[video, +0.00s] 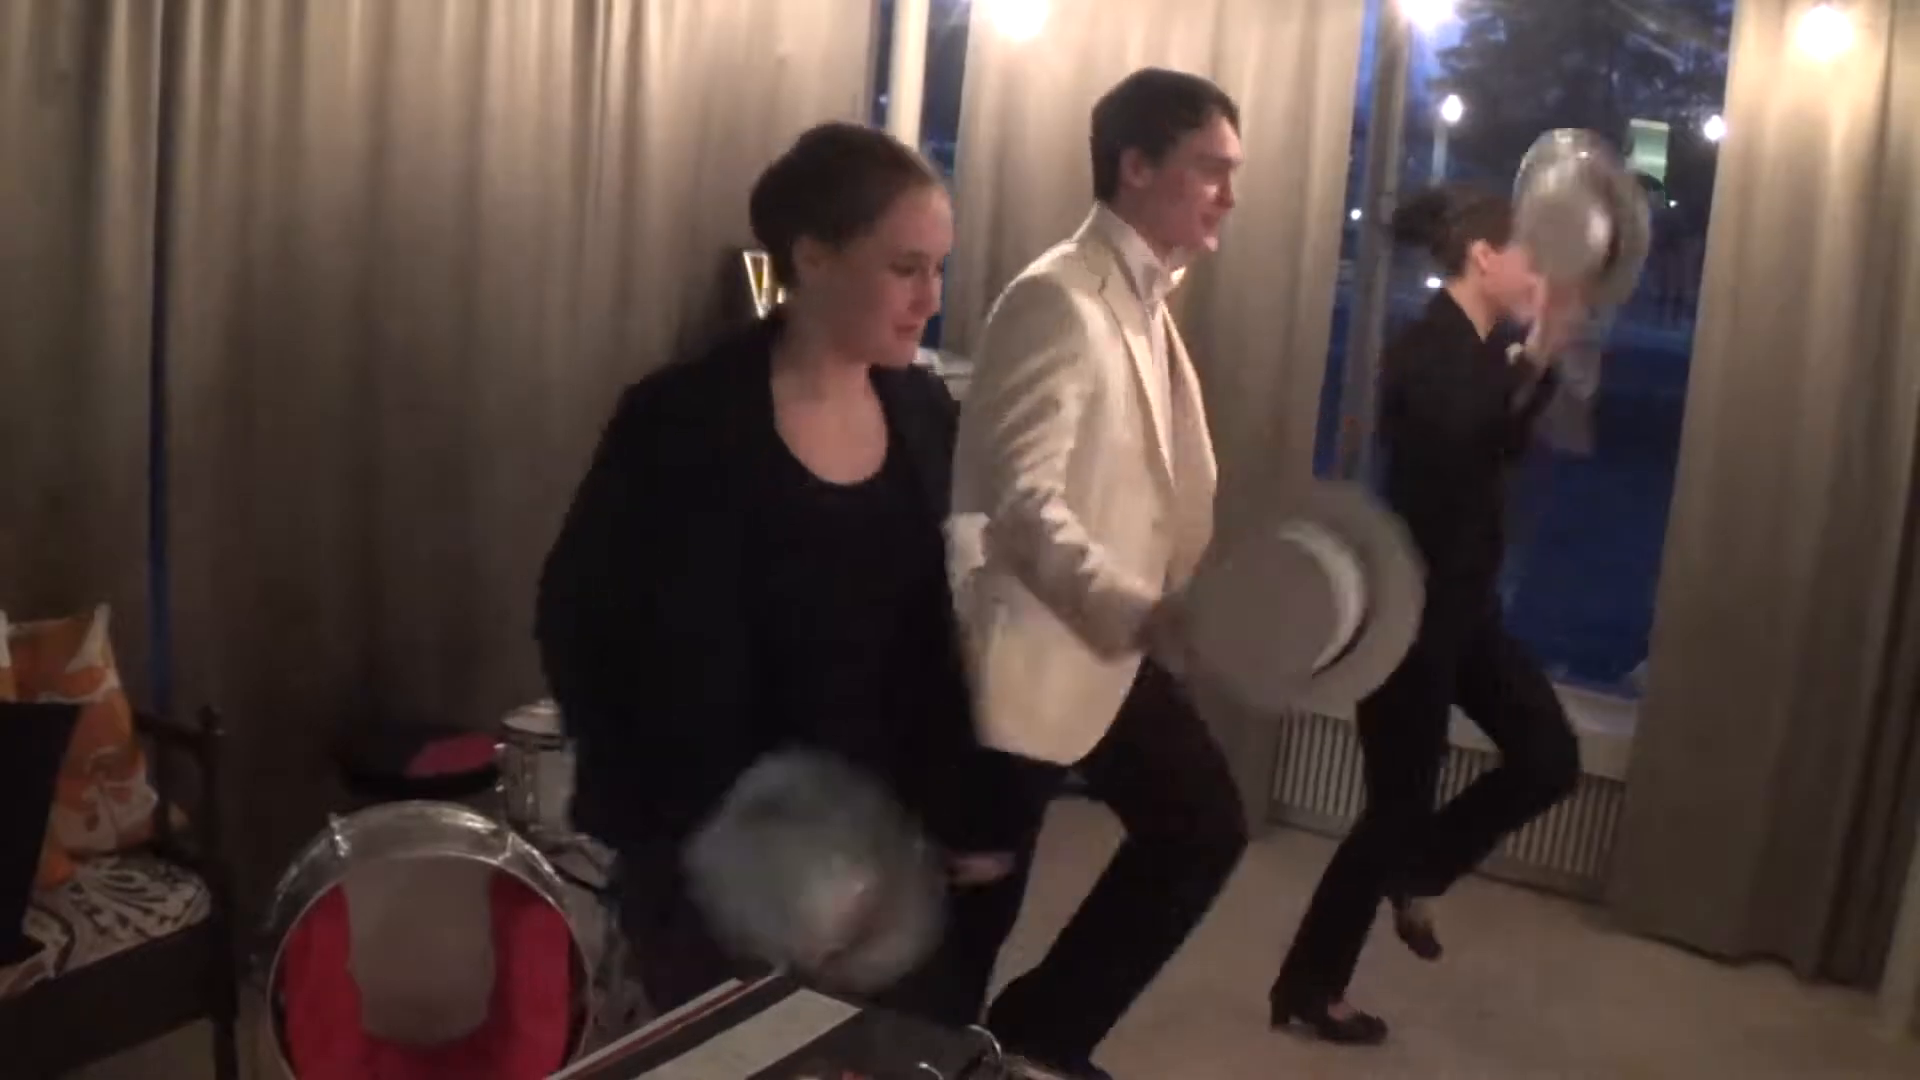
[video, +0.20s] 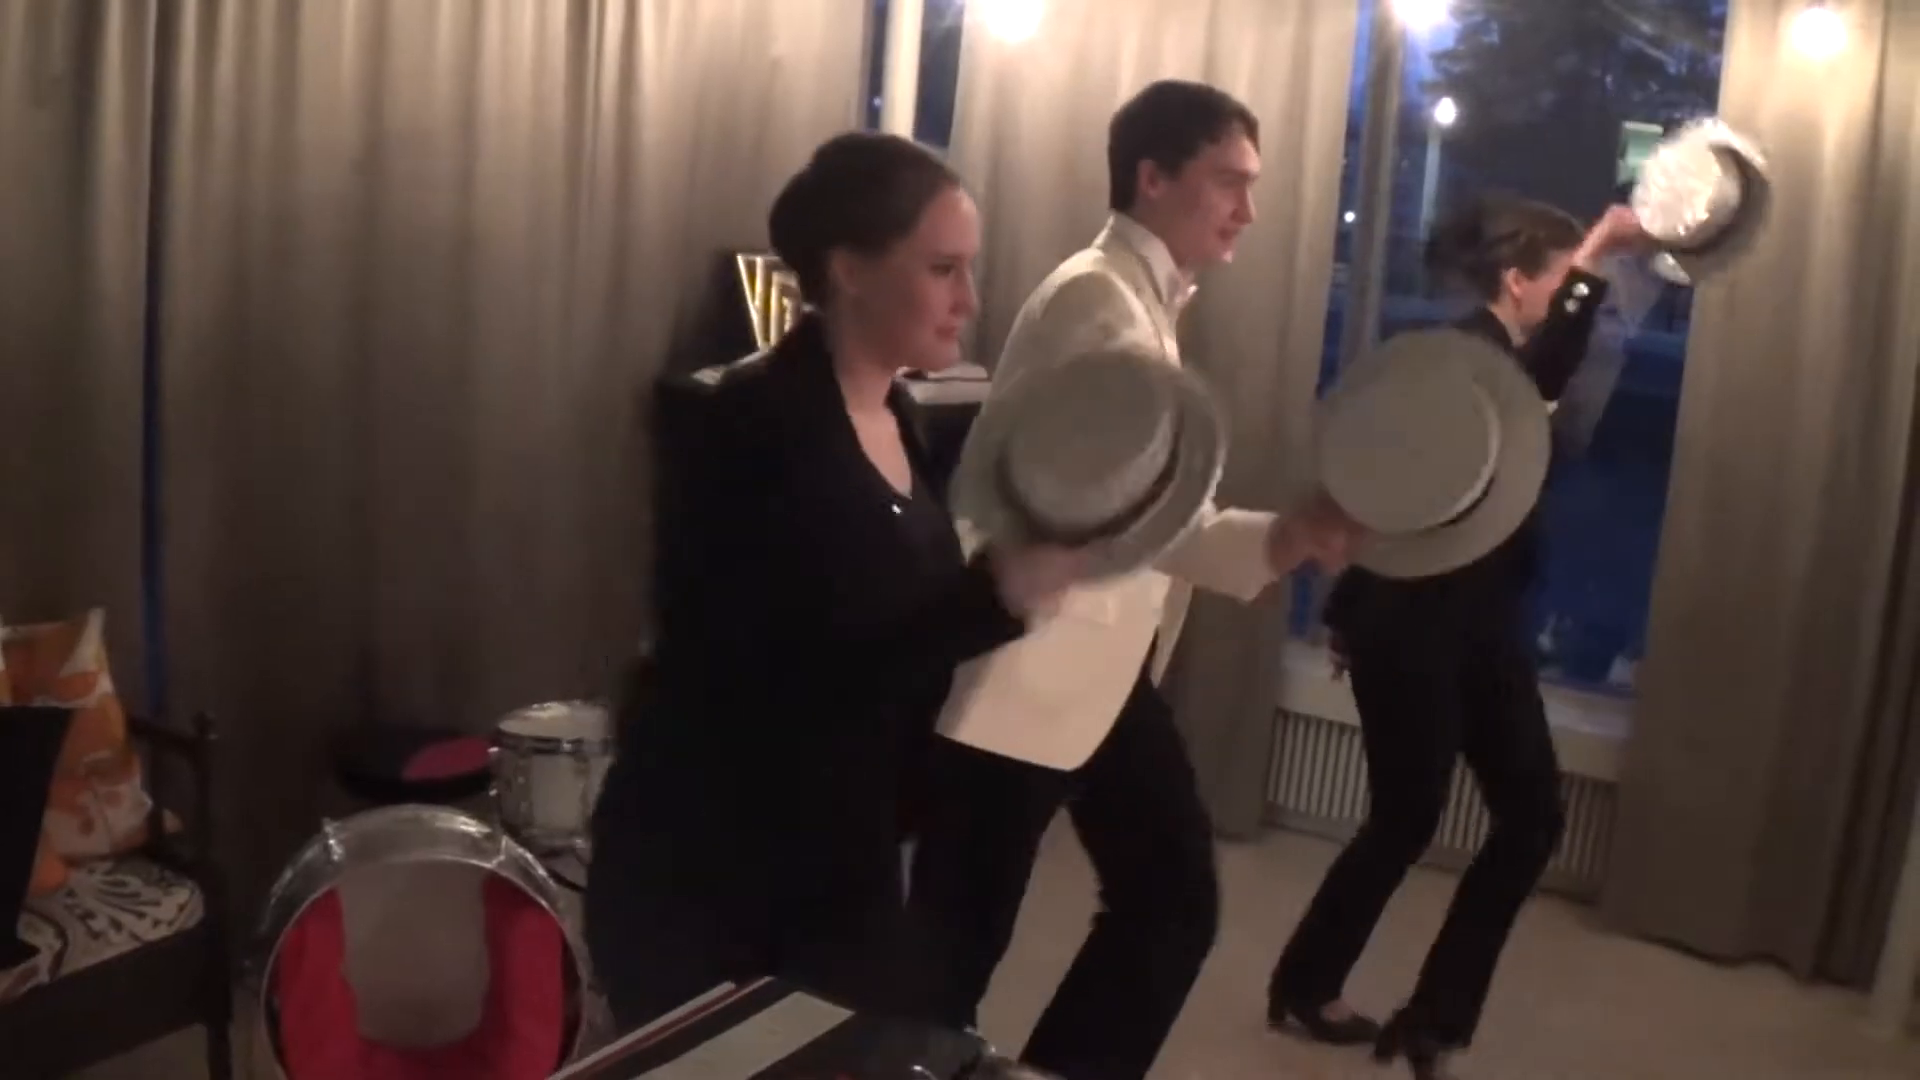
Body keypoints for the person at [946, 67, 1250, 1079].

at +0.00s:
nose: (1230, 193)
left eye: (1233, 172)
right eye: (1211, 169)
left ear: (1166, 181)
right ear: (1133, 170)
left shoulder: (1141, 300)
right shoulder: (1054, 301)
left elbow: (1121, 494)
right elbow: (1020, 509)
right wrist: (1146, 617)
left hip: (1101, 653)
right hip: (1013, 659)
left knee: (1198, 831)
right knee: (978, 891)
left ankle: (1043, 1033)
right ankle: (923, 1056)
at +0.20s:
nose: (1245, 209)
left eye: (1249, 186)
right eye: (1227, 183)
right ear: (1151, 179)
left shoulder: (1144, 303)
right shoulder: (1099, 308)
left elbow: (1128, 513)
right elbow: (1101, 522)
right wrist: (1274, 542)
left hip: (1100, 681)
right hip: (1011, 688)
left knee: (1168, 908)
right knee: (953, 942)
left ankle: (1064, 1073)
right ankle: (909, 1071)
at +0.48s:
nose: (1272, 206)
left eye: (1275, 184)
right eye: (1254, 180)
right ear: (1172, 178)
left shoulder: (1177, 316)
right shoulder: (1107, 318)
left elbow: (1155, 515)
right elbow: (1080, 527)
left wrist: (1259, 583)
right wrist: (1244, 591)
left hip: (1136, 728)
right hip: (1081, 737)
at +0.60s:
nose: (1283, 219)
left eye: (1286, 195)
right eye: (1265, 193)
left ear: (1202, 201)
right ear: (1182, 192)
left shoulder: (1192, 327)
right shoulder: (1105, 340)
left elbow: (1214, 527)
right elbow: (1049, 568)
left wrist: (1294, 606)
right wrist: (1198, 635)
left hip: (1163, 736)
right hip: (1102, 744)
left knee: (1080, 983)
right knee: (1230, 915)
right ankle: (1112, 1064)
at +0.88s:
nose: (1316, 220)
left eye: (1319, 195)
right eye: (1301, 192)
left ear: (1239, 196)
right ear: (1221, 188)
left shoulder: (1227, 316)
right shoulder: (1147, 334)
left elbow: (1265, 447)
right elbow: (1096, 531)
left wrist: (1372, 487)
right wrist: (1184, 640)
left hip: (1185, 714)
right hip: (1139, 727)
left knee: (1144, 951)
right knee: (1205, 947)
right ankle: (1149, 1071)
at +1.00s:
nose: (1321, 221)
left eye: (1325, 198)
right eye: (1308, 193)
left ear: (1243, 192)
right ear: (1233, 187)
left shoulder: (1220, 315)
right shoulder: (1168, 331)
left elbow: (1277, 478)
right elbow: (1123, 529)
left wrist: (1376, 506)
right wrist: (1240, 631)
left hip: (1196, 703)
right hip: (1150, 719)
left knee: (1243, 856)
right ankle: (1152, 1056)